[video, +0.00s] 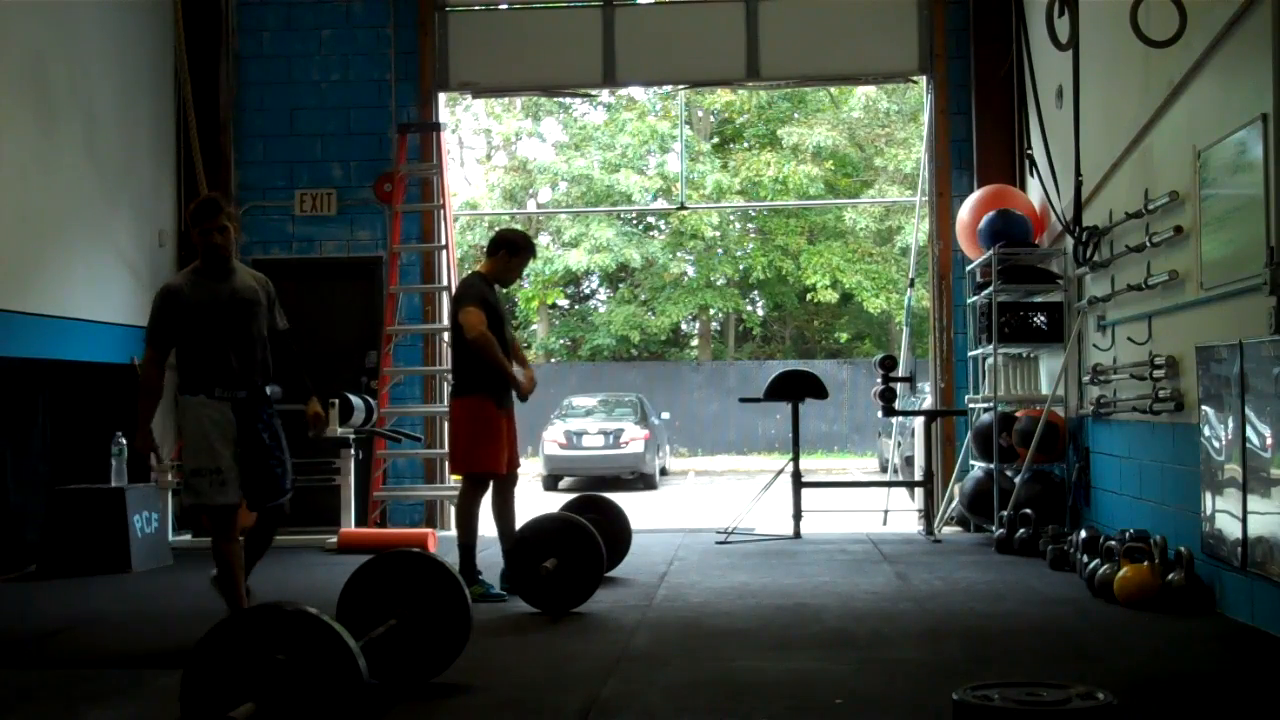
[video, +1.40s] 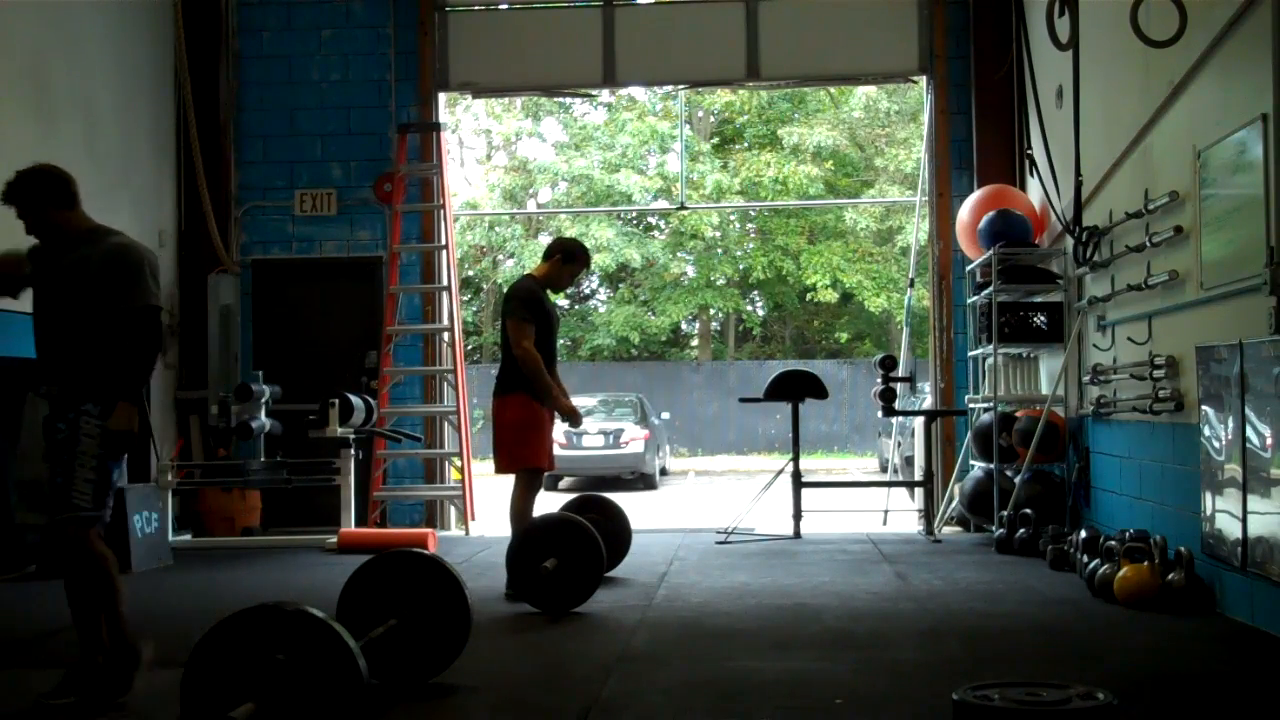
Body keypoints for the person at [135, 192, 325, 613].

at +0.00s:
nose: (219, 239)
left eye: (224, 230)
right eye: (209, 232)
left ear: (236, 232)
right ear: (194, 237)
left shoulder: (259, 285)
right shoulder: (176, 293)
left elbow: (284, 347)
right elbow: (154, 365)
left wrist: (310, 398)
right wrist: (142, 428)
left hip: (256, 410)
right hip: (204, 413)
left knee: (273, 503)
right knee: (225, 516)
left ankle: (232, 575)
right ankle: (239, 608)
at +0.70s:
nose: (180, 223)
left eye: (188, 213)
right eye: (173, 215)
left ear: (212, 210)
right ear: (165, 219)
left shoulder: (252, 273)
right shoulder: (156, 278)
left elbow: (285, 348)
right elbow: (128, 351)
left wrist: (305, 408)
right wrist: (94, 411)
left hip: (232, 412)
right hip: (171, 411)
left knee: (229, 524)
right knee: (151, 515)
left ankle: (229, 625)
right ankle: (199, 594)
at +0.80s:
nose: (163, 222)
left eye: (171, 212)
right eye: (156, 214)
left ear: (198, 208)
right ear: (152, 218)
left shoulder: (245, 269)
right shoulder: (151, 277)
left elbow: (275, 341)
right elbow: (123, 349)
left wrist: (279, 397)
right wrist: (82, 408)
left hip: (226, 414)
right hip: (163, 413)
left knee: (225, 529)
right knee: (134, 516)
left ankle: (228, 630)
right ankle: (166, 624)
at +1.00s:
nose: (122, 226)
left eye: (129, 215)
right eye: (118, 217)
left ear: (157, 211)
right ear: (121, 220)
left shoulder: (210, 270)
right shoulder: (125, 281)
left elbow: (237, 337)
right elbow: (108, 355)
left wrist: (215, 385)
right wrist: (71, 415)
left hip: (194, 418)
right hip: (135, 419)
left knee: (210, 533)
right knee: (122, 535)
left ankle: (225, 637)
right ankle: (108, 655)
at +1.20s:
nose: (65, 225)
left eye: (69, 213)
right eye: (63, 215)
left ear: (98, 207)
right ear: (90, 210)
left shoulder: (163, 263)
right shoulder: (87, 275)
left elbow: (186, 344)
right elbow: (64, 341)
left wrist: (167, 401)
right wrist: (20, 379)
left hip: (150, 422)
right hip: (94, 423)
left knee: (156, 529)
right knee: (88, 543)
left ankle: (211, 617)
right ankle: (96, 660)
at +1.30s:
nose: (45, 227)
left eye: (47, 215)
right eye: (42, 217)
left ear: (72, 207)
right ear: (77, 207)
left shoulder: (142, 259)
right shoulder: (68, 269)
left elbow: (168, 338)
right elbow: (21, 322)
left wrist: (147, 403)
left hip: (125, 420)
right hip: (78, 419)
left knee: (118, 535)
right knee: (78, 542)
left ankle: (177, 611)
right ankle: (95, 661)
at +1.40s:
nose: (24, 224)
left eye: (25, 214)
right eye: (21, 216)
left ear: (45, 206)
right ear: (64, 200)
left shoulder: (124, 256)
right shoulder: (47, 259)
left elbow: (145, 335)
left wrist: (128, 401)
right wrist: (9, 274)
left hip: (103, 412)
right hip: (66, 410)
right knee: (71, 532)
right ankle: (91, 658)